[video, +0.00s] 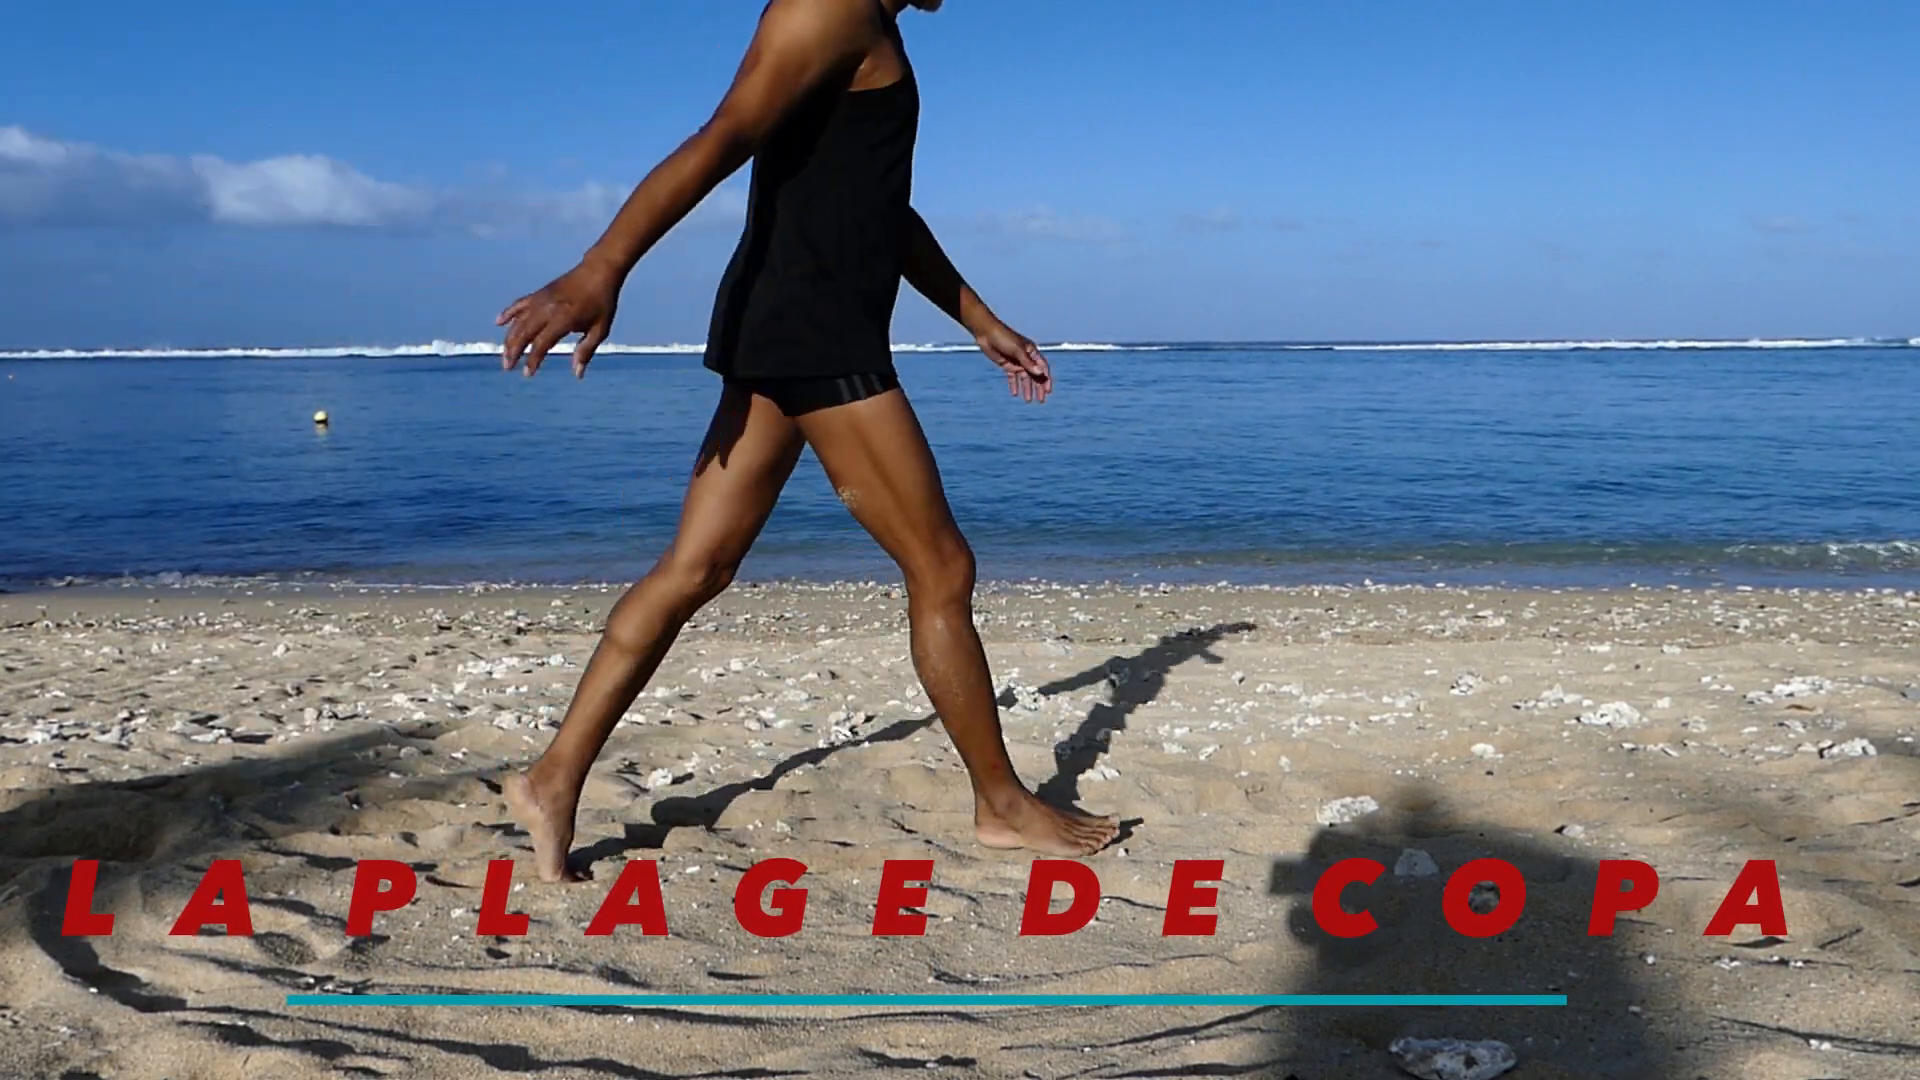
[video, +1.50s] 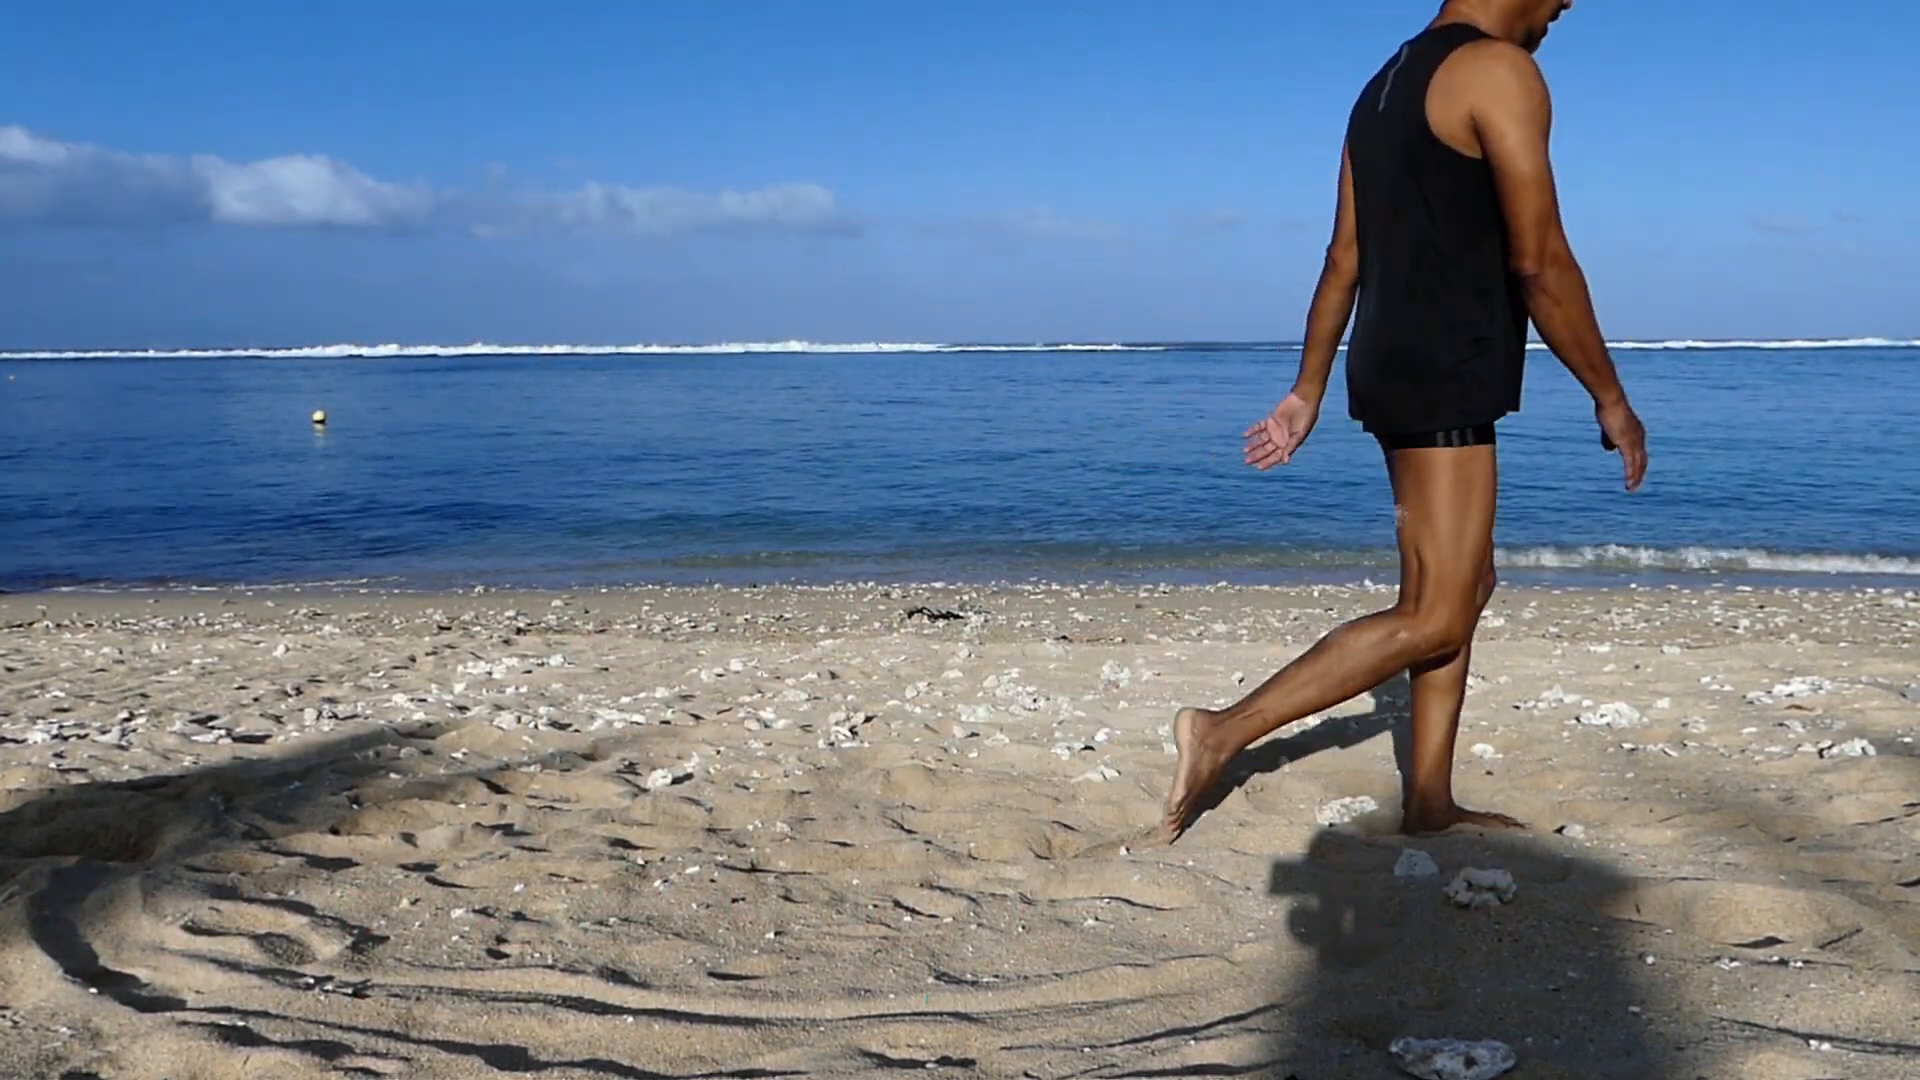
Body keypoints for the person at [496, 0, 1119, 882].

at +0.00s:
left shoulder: (869, 29)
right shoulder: (833, 11)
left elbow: (878, 206)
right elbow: (723, 139)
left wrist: (978, 317)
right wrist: (601, 269)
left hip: (783, 324)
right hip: (822, 330)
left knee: (693, 568)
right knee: (940, 570)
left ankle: (551, 779)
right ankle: (1003, 800)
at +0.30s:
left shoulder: (944, 40)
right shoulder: (1024, 44)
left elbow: (1023, 229)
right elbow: (997, 217)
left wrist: (1160, 285)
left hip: (920, 353)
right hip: (995, 358)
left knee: (930, 594)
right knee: (1047, 596)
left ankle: (727, 725)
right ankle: (1008, 829)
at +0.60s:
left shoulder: (1040, 24)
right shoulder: (1130, 15)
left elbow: (1079, 213)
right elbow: (1203, 192)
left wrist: (1182, 320)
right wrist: (1340, 318)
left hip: (1045, 319)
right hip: (1075, 328)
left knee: (1142, 542)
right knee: (1068, 583)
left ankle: (1002, 737)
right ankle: (1015, 813)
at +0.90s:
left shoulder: (1168, 23)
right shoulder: (1260, 17)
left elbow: (1161, 193)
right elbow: (1379, 164)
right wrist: (1497, 195)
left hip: (1184, 343)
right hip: (1182, 343)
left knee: (1267, 559)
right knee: (1107, 579)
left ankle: (1354, 765)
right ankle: (1021, 795)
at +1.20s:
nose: (1442, 9)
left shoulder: (1276, 72)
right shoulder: (1375, 57)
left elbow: (1208, 253)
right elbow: (1481, 208)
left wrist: (1163, 381)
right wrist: (1574, 227)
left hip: (1305, 376)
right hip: (1314, 378)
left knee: (1382, 588)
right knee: (1194, 596)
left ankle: (1426, 809)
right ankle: (1045, 777)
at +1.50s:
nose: (1555, 21)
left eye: (1559, 10)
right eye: (1557, 8)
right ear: (1532, 0)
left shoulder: (1386, 86)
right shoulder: (1505, 74)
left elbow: (1345, 257)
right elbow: (1541, 263)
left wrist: (1308, 388)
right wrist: (1612, 399)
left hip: (1393, 372)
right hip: (1446, 377)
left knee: (1466, 585)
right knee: (1435, 622)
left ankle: (1428, 804)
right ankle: (1221, 734)